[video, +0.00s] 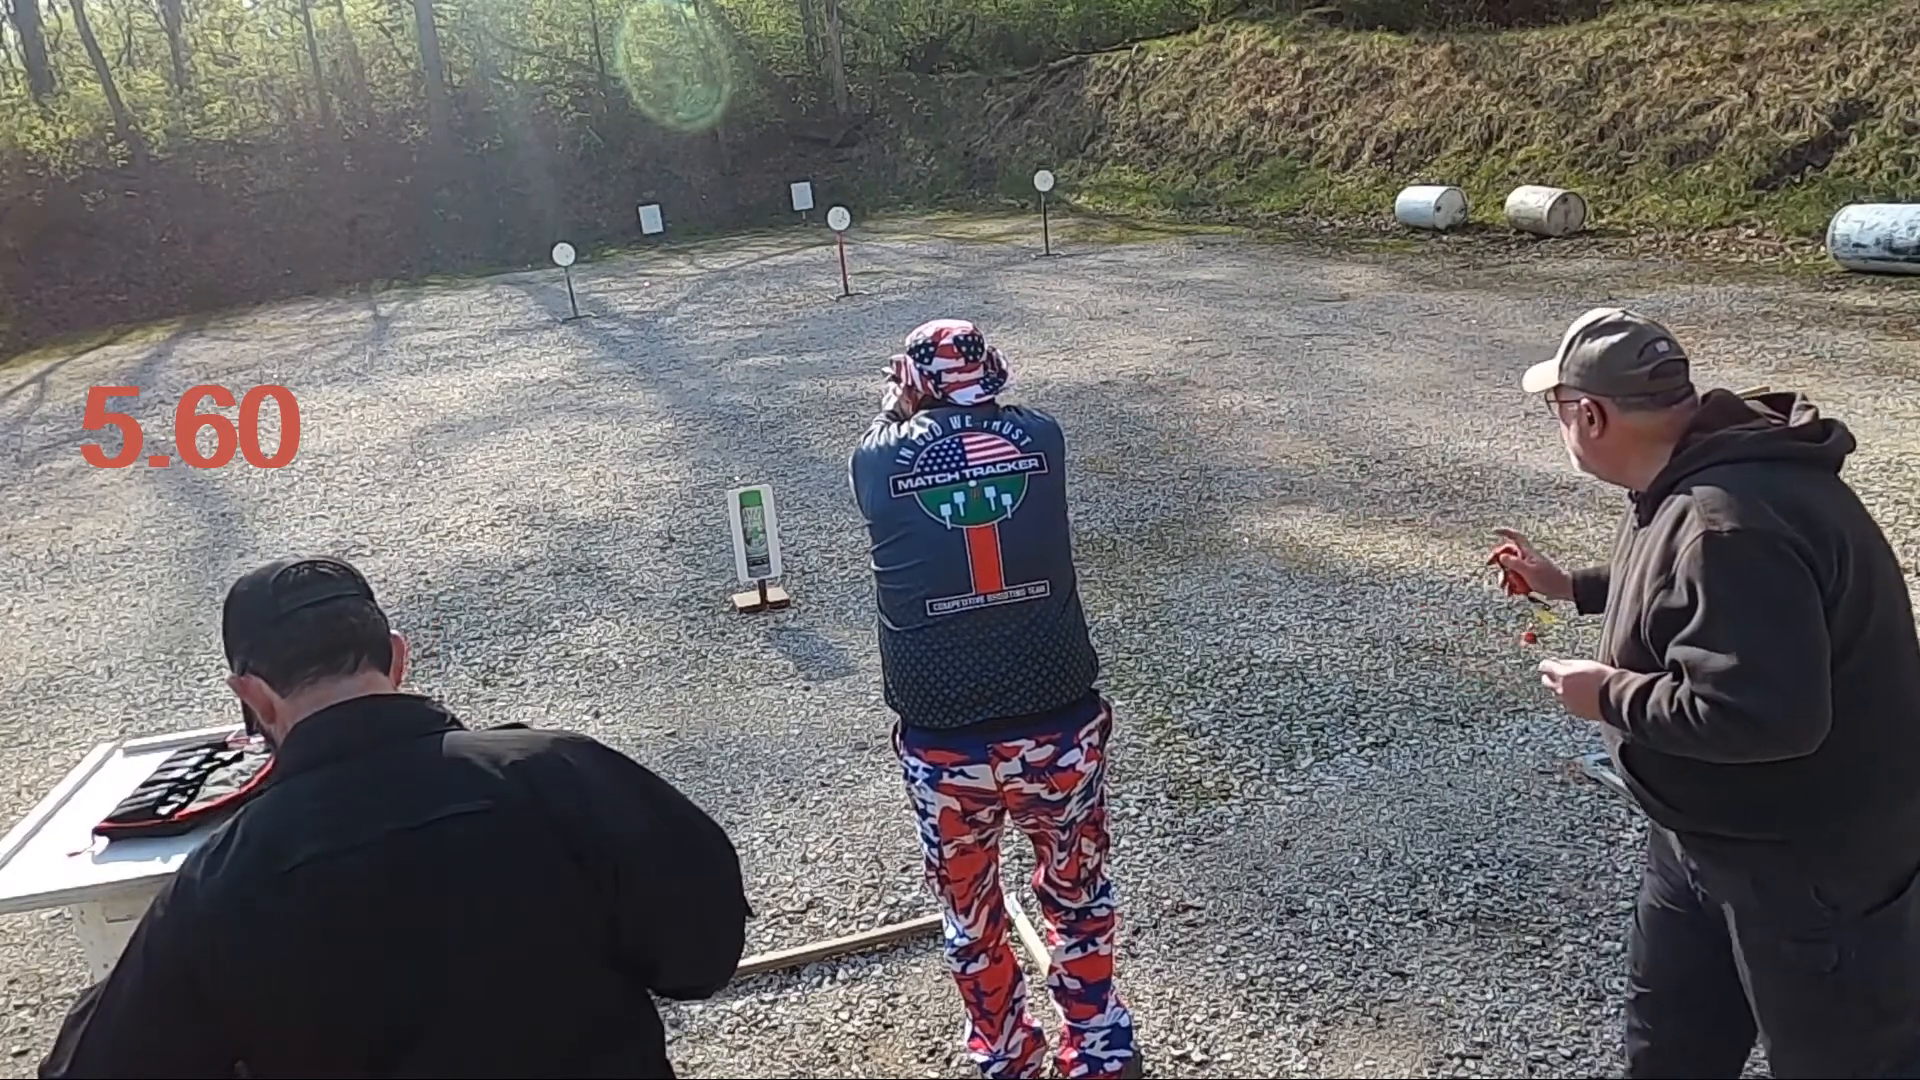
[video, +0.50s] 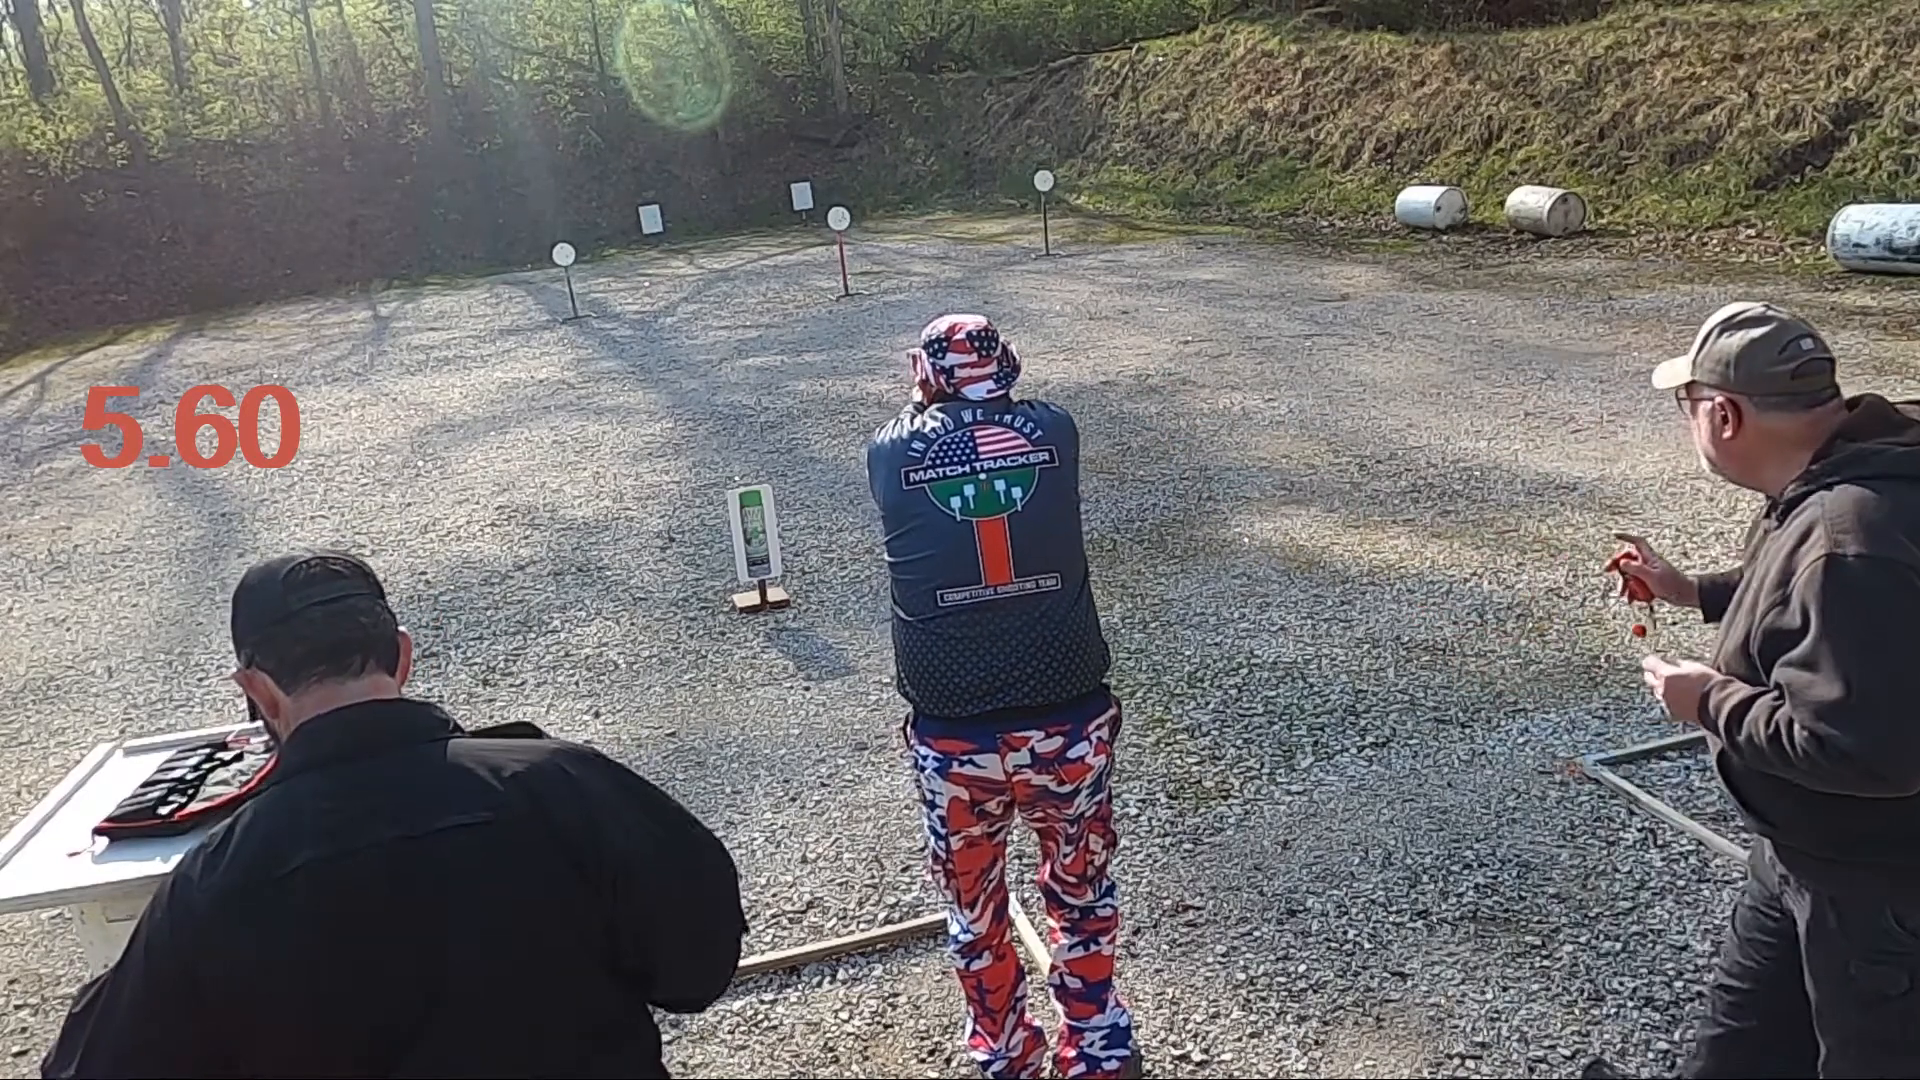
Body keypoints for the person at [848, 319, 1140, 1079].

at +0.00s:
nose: (904, 394)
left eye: (908, 385)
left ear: (910, 395)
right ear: (992, 385)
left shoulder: (874, 465)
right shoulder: (1041, 436)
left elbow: (884, 441)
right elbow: (980, 430)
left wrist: (901, 404)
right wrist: (937, 400)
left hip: (943, 746)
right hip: (1061, 731)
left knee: (971, 909)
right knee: (1077, 894)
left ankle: (1005, 1057)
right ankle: (1100, 1054)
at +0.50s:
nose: (920, 388)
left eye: (921, 379)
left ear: (927, 388)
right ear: (1004, 379)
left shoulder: (888, 458)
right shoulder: (1054, 430)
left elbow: (907, 437)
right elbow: (993, 424)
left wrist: (931, 399)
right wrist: (952, 395)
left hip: (955, 740)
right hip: (1071, 727)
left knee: (975, 901)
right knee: (1082, 891)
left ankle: (1003, 1055)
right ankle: (1099, 1052)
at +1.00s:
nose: (1077, 392)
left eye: (1015, 379)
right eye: (1081, 379)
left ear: (1010, 389)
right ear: (1088, 383)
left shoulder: (970, 460)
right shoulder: (1131, 433)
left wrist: (1032, 410)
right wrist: (1051, 406)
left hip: (1032, 736)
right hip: (1155, 721)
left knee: (1008, 887)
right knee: (1236, 844)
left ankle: (1002, 1052)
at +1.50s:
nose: (1375, 330)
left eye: (1376, 318)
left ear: (1381, 328)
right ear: (1458, 329)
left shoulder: (1332, 391)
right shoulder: (1495, 382)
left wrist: (1392, 351)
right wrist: (1404, 350)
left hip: (1344, 658)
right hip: (1455, 668)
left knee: (1346, 759)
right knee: (1495, 813)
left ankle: (1290, 874)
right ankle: (1453, 968)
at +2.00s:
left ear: (1623, 280)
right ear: (1694, 272)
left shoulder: (1585, 344)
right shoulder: (1742, 313)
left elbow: (1569, 368)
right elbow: (1686, 322)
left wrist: (1588, 313)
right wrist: (1637, 289)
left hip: (1623, 574)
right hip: (1731, 572)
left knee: (1656, 699)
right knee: (1772, 669)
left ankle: (1682, 832)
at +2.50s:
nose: (1760, 255)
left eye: (1764, 248)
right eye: (1762, 245)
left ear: (1775, 256)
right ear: (1840, 244)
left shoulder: (1746, 310)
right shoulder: (1889, 293)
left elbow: (1693, 321)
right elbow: (1818, 298)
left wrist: (1689, 277)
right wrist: (1745, 277)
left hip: (1796, 541)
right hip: (1903, 536)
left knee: (1712, 648)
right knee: (1891, 676)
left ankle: (1716, 811)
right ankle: (1901, 811)